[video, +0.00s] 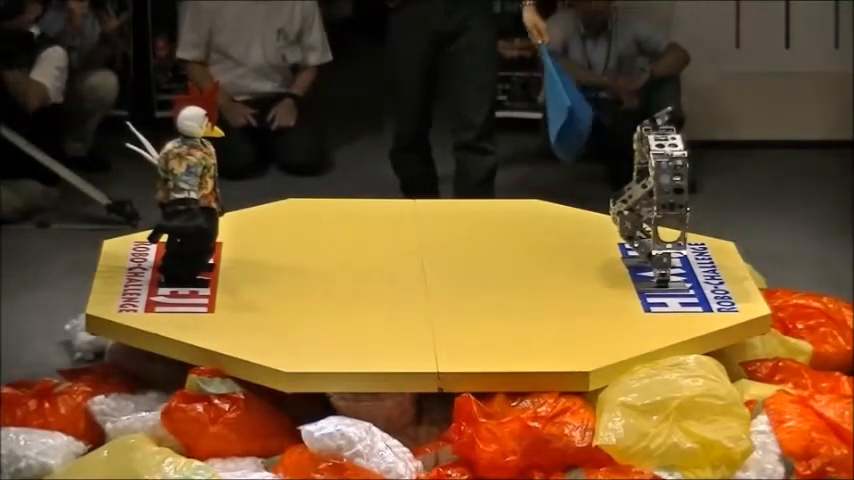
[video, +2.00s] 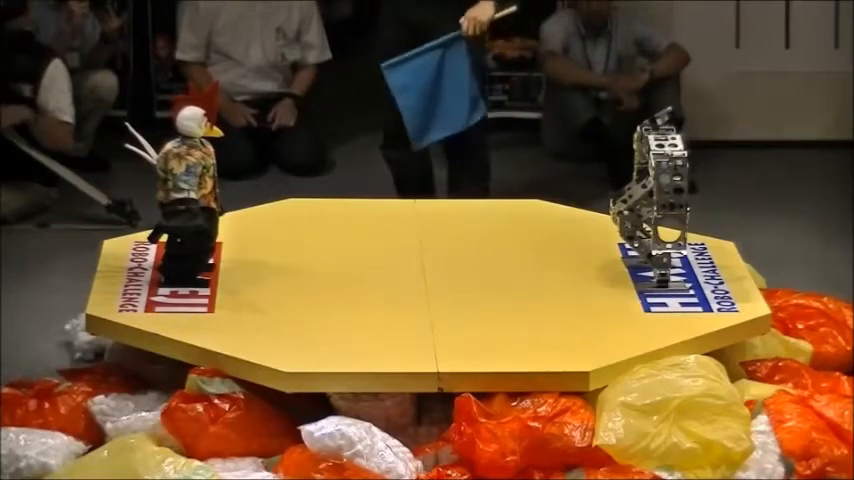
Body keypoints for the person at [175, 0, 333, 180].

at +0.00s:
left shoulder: (302, 5)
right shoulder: (203, 5)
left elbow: (312, 61)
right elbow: (192, 61)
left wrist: (291, 100)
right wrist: (226, 105)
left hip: (280, 97)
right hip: (229, 101)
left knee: (305, 160)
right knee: (236, 163)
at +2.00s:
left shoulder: (301, 5)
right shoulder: (202, 5)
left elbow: (310, 62)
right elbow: (191, 62)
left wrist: (291, 100)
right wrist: (226, 106)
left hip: (279, 99)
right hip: (227, 102)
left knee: (307, 161)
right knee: (238, 163)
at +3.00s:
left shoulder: (301, 5)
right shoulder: (196, 6)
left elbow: (317, 49)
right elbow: (187, 59)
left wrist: (299, 81)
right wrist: (220, 82)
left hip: (280, 97)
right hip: (229, 99)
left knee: (306, 161)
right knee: (237, 164)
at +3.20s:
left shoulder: (301, 4)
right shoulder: (197, 5)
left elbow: (320, 45)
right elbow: (183, 54)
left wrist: (296, 57)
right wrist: (215, 53)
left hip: (283, 99)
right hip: (227, 100)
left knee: (306, 162)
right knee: (236, 165)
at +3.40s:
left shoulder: (297, 3)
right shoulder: (197, 4)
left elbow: (322, 42)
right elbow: (183, 55)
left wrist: (294, 32)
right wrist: (213, 34)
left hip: (283, 99)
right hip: (228, 103)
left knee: (306, 162)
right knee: (236, 166)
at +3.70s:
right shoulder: (198, 5)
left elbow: (320, 31)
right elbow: (186, 48)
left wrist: (296, 16)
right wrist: (211, 15)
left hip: (279, 96)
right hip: (221, 99)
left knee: (307, 162)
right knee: (239, 166)